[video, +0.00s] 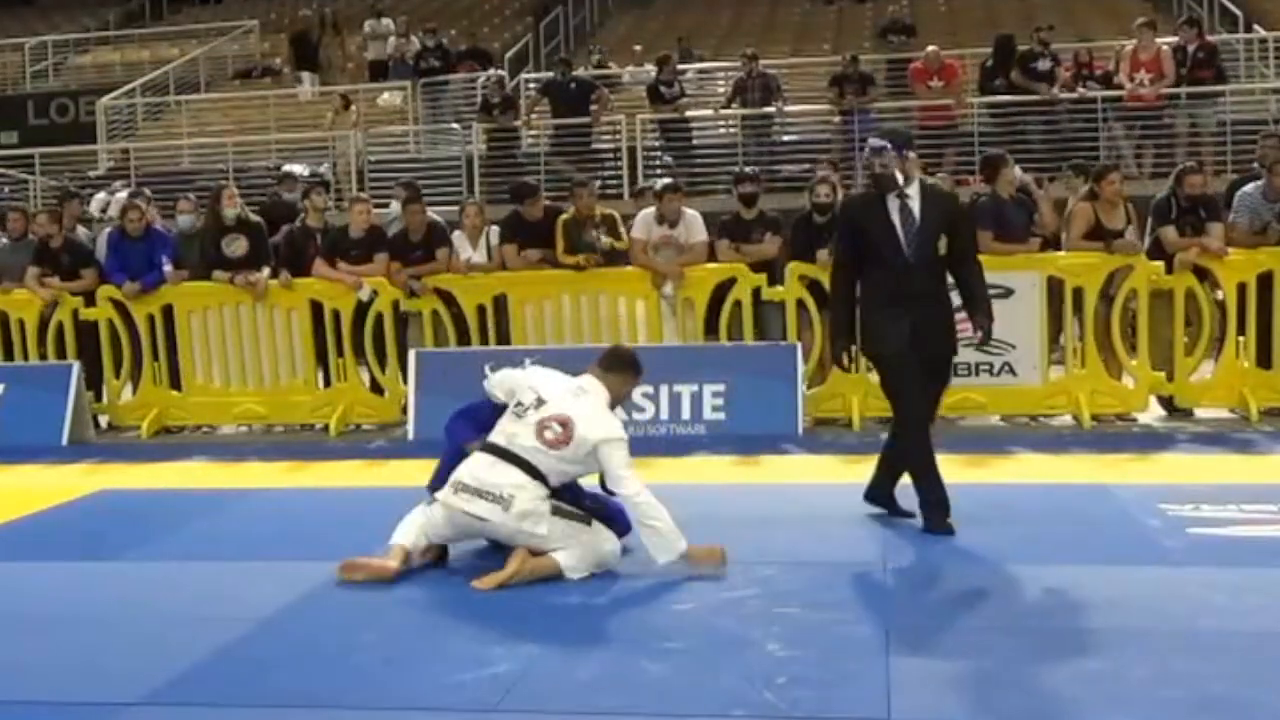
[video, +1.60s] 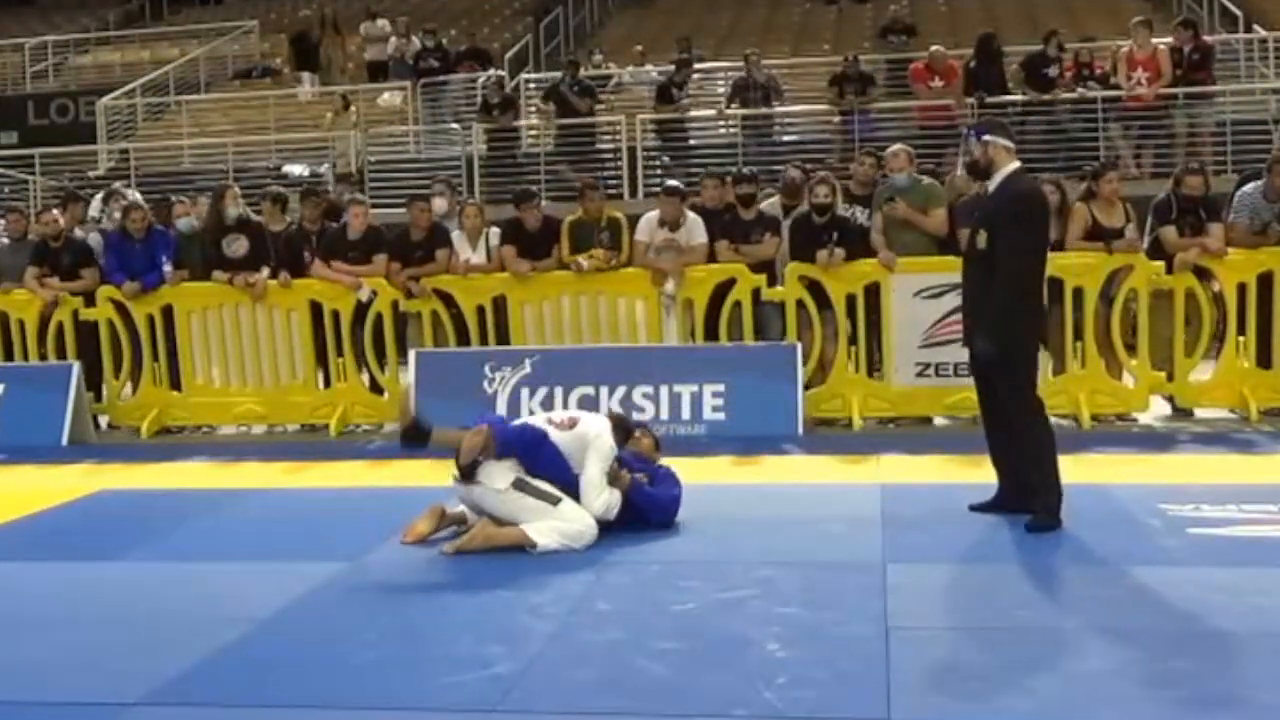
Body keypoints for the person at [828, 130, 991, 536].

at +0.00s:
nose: (874, 166)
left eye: (882, 158)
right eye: (870, 160)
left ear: (908, 160)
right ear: (867, 166)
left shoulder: (944, 203)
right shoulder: (856, 211)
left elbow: (964, 260)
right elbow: (842, 278)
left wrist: (980, 311)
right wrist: (841, 336)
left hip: (934, 321)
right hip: (884, 323)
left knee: (919, 412)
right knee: (911, 413)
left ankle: (881, 486)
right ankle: (935, 511)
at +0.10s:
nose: (890, 169)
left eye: (898, 159)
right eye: (885, 161)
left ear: (922, 160)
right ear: (883, 165)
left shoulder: (956, 201)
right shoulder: (867, 210)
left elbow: (977, 263)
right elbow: (857, 276)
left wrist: (993, 319)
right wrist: (855, 336)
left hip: (951, 321)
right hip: (899, 325)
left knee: (967, 405)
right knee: (918, 414)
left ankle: (917, 470)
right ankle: (934, 511)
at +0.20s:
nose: (907, 169)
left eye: (915, 160)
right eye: (901, 161)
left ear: (937, 158)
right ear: (896, 163)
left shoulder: (974, 200)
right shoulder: (884, 207)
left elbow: (992, 265)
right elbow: (870, 274)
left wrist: (1008, 322)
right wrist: (866, 334)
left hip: (967, 324)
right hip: (912, 329)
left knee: (994, 407)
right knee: (922, 423)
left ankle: (965, 473)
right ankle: (932, 512)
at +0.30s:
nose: (916, 160)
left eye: (923, 152)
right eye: (913, 152)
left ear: (949, 153)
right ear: (910, 156)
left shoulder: (989, 197)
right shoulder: (899, 201)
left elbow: (1008, 261)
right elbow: (885, 265)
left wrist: (1024, 319)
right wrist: (879, 326)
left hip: (982, 324)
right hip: (925, 328)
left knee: (1010, 415)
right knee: (927, 424)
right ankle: (932, 512)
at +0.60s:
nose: (968, 156)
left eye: (976, 148)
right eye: (965, 148)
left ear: (1001, 148)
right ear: (968, 151)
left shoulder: (1044, 198)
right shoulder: (957, 198)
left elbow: (1067, 266)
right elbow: (941, 258)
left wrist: (1079, 329)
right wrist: (926, 309)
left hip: (1027, 327)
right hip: (968, 328)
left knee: (1042, 420)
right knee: (954, 421)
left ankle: (1054, 511)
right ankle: (944, 512)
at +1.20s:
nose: (991, 155)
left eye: (995, 147)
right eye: (990, 147)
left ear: (1018, 145)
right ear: (1012, 148)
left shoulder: (1058, 197)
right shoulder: (1007, 195)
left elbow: (1059, 274)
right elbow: (997, 270)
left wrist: (1045, 332)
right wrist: (979, 314)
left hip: (1038, 326)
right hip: (997, 323)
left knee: (1048, 422)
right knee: (994, 411)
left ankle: (1053, 510)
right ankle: (1002, 489)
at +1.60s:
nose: (973, 160)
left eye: (975, 152)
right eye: (972, 153)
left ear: (994, 149)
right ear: (995, 149)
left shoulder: (1022, 196)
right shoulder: (997, 195)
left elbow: (1016, 275)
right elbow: (990, 270)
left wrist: (996, 330)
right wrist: (976, 326)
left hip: (1011, 326)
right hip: (987, 325)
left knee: (1022, 412)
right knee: (997, 412)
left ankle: (1046, 504)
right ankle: (1012, 490)